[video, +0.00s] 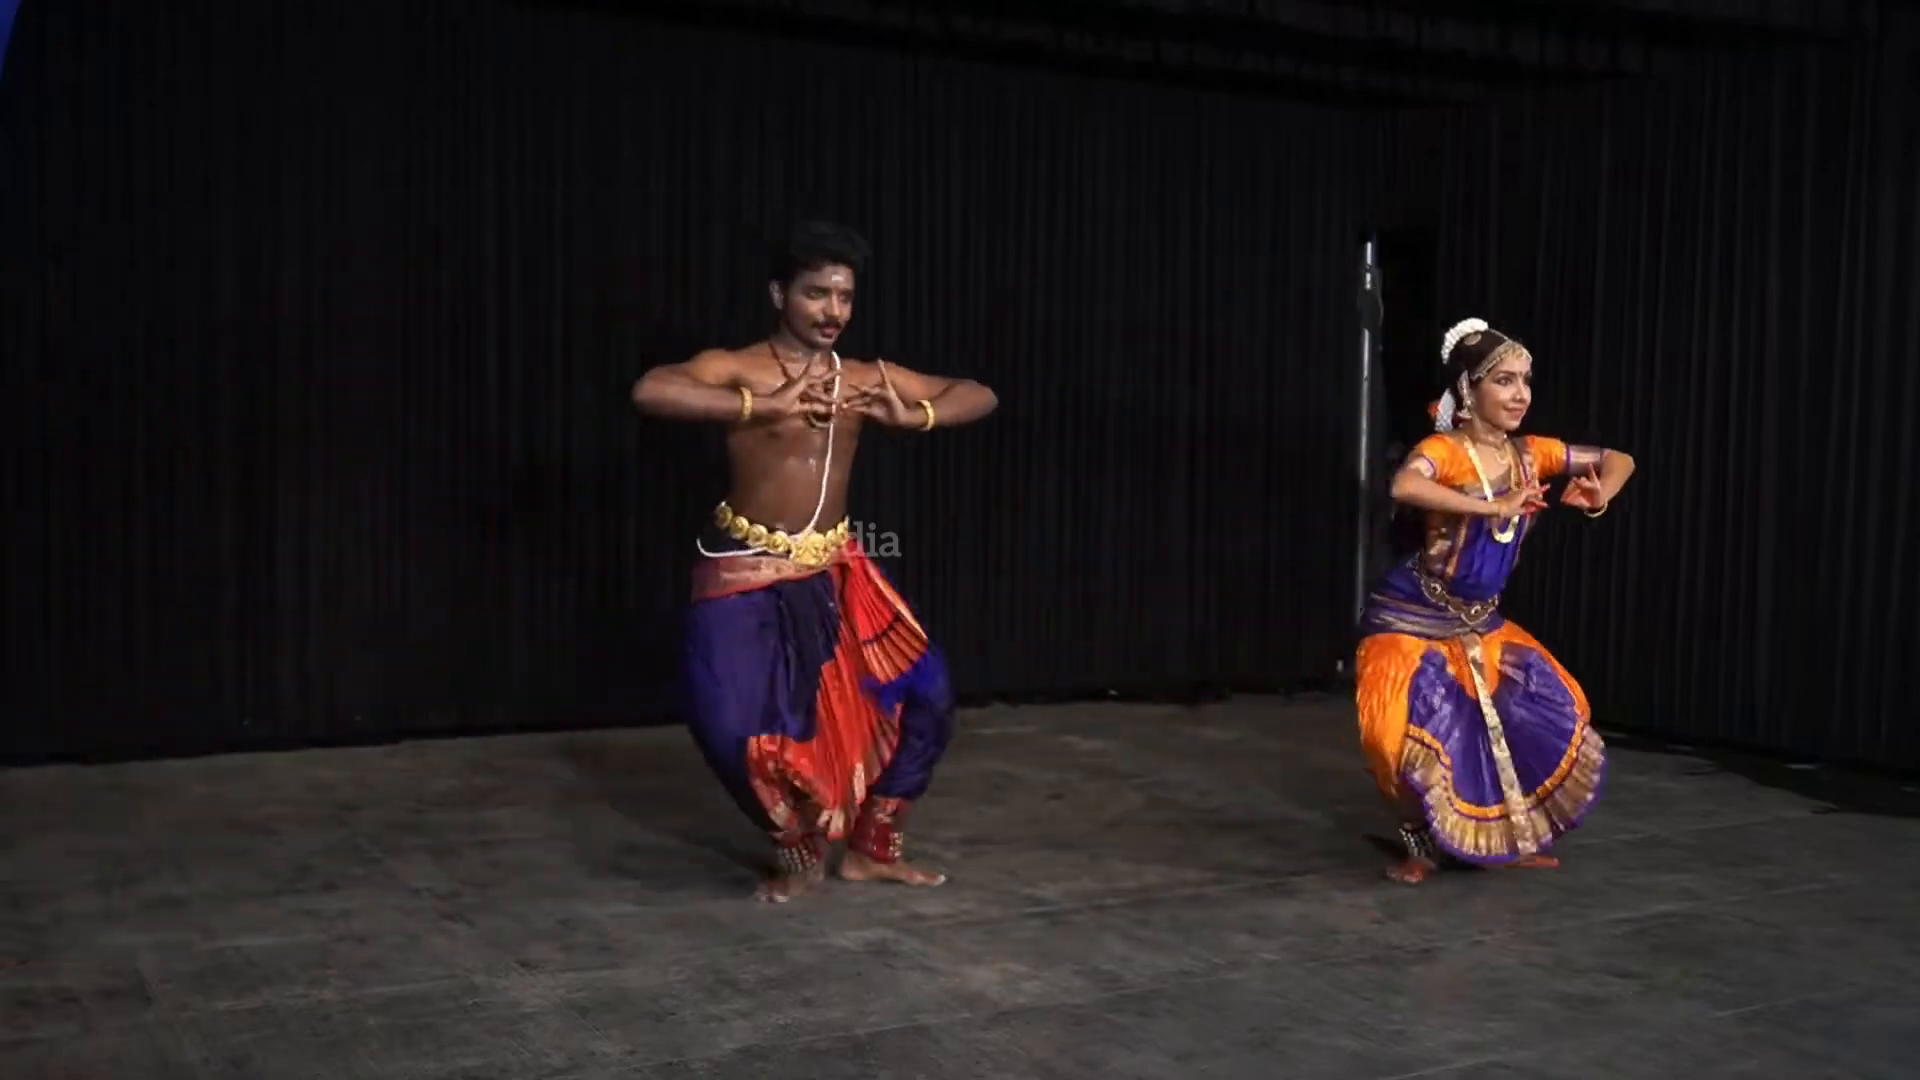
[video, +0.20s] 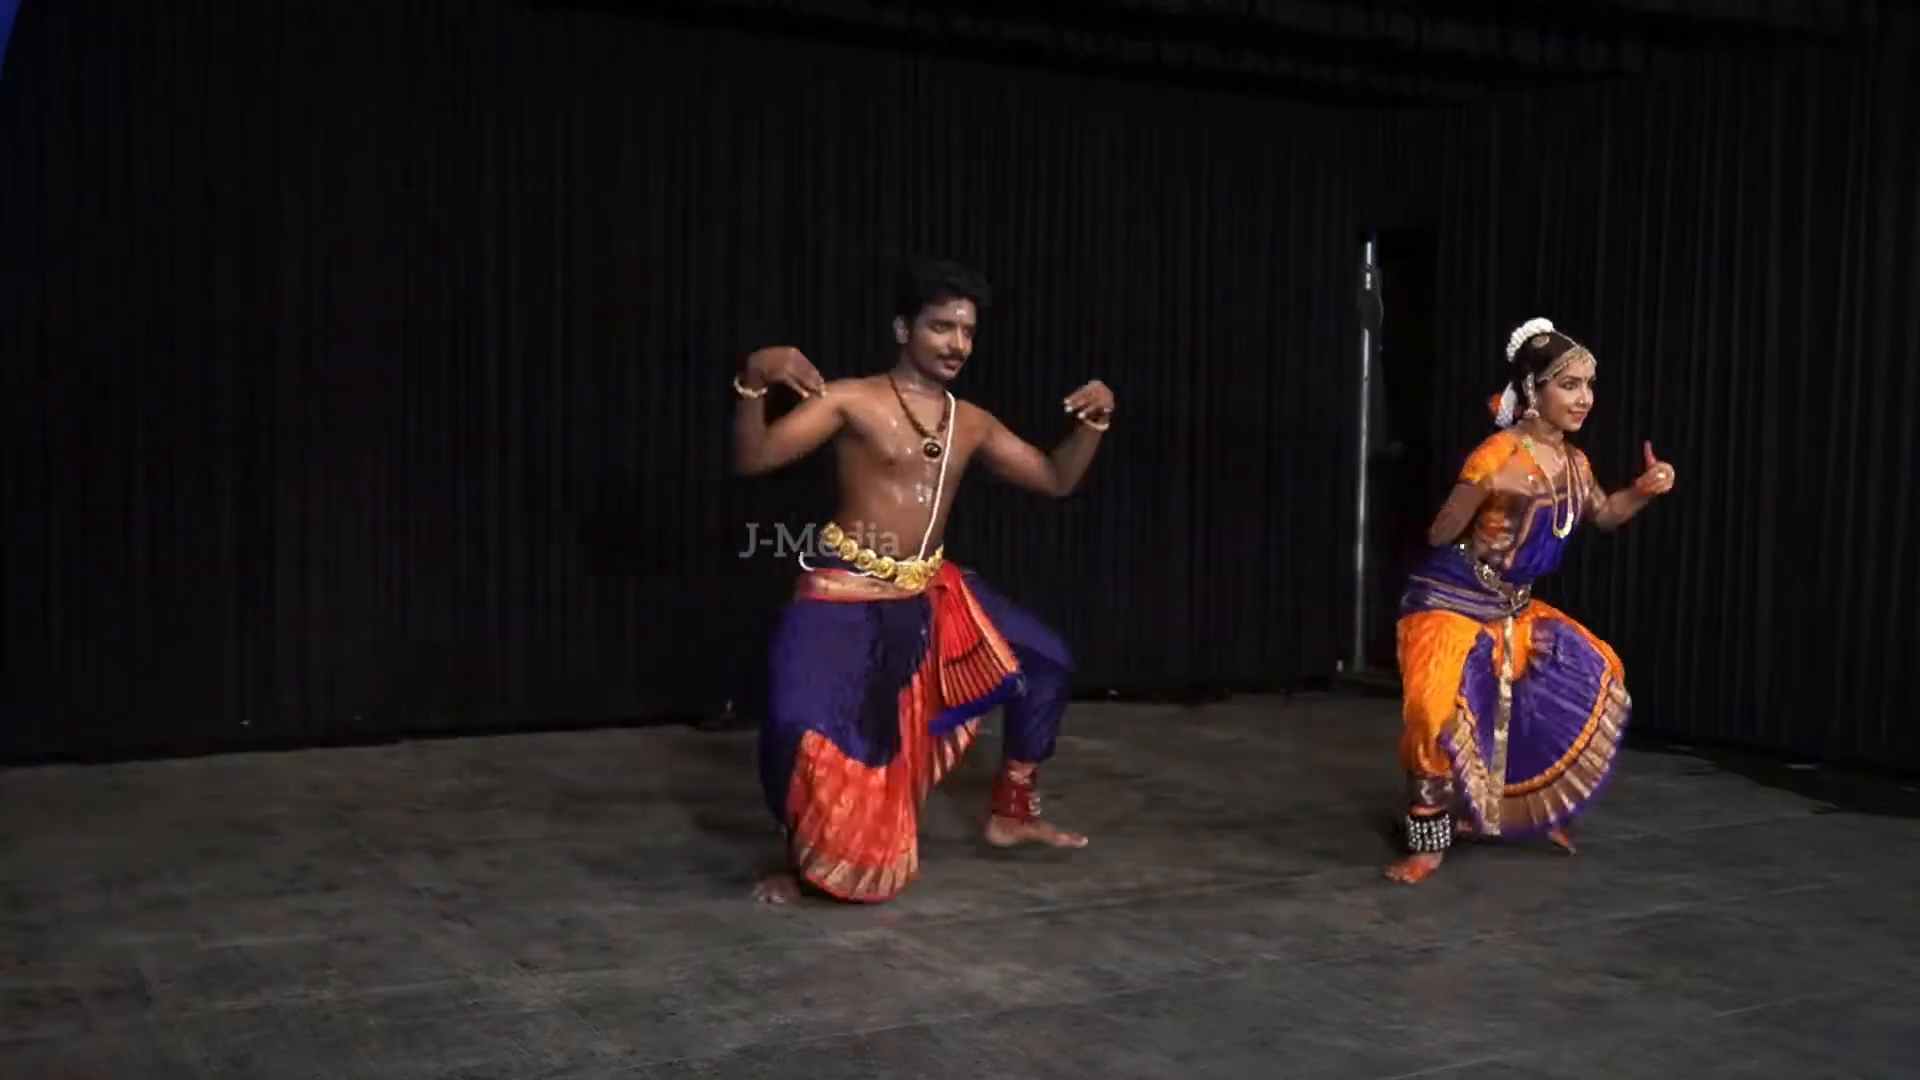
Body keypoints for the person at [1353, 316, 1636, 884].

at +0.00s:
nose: (1521, 394)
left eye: (1526, 381)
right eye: (1505, 381)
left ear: (1530, 389)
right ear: (1468, 390)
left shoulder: (1532, 454)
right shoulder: (1443, 450)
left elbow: (1620, 460)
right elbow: (1405, 486)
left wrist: (1601, 490)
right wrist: (1491, 506)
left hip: (1482, 628)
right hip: (1410, 624)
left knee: (1561, 710)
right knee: (1387, 731)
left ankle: (1512, 832)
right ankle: (1419, 843)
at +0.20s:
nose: (1585, 398)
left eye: (1589, 386)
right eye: (1571, 385)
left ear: (1591, 391)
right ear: (1534, 391)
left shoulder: (1572, 460)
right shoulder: (1497, 454)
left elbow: (1603, 518)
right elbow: (1441, 533)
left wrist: (1639, 492)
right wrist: (1485, 490)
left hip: (1515, 608)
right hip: (1451, 604)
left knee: (1599, 673)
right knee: (1430, 706)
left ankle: (1538, 805)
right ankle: (1427, 844)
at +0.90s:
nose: (1696, 410)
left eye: (1693, 402)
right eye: (1692, 402)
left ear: (1668, 408)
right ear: (1678, 406)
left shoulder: (1682, 467)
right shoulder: (1648, 437)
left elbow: (1709, 473)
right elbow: (1616, 436)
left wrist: (1747, 463)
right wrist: (1579, 435)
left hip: (1626, 605)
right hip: (1588, 599)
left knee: (1670, 681)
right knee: (1630, 712)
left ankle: (1624, 793)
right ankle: (1597, 774)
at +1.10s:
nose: (1713, 407)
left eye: (1710, 395)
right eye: (1707, 395)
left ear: (1683, 399)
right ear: (1683, 399)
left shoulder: (1685, 461)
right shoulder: (1650, 440)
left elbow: (1724, 481)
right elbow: (1624, 462)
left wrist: (1762, 457)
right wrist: (1599, 445)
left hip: (1635, 600)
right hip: (1592, 599)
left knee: (1692, 684)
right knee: (1627, 714)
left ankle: (1645, 804)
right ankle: (1597, 774)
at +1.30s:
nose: (1698, 385)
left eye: (1702, 375)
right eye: (1684, 373)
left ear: (1701, 386)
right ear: (1649, 381)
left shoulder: (1688, 450)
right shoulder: (1625, 440)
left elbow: (1733, 458)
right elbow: (1577, 480)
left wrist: (1778, 474)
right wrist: (1657, 480)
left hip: (1640, 601)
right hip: (1584, 590)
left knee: (1693, 683)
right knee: (1584, 685)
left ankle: (1647, 804)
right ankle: (1571, 805)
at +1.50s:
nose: (1651, 362)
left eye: (1656, 352)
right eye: (1637, 350)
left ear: (1658, 364)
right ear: (1602, 360)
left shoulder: (1652, 430)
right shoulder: (1577, 421)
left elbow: (1718, 441)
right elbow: (1544, 462)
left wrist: (1724, 456)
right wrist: (1621, 494)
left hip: (1600, 588)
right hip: (1540, 580)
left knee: (1656, 666)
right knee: (1522, 685)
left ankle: (1647, 795)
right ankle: (1522, 830)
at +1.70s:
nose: (1599, 348)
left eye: (1603, 338)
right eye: (1584, 335)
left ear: (1604, 350)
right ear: (1547, 345)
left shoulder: (1597, 421)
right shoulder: (1520, 407)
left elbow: (1667, 434)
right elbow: (1492, 442)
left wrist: (1672, 451)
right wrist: (1569, 480)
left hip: (1538, 584)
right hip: (1477, 580)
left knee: (1602, 670)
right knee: (1490, 706)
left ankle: (1526, 766)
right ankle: (1518, 846)